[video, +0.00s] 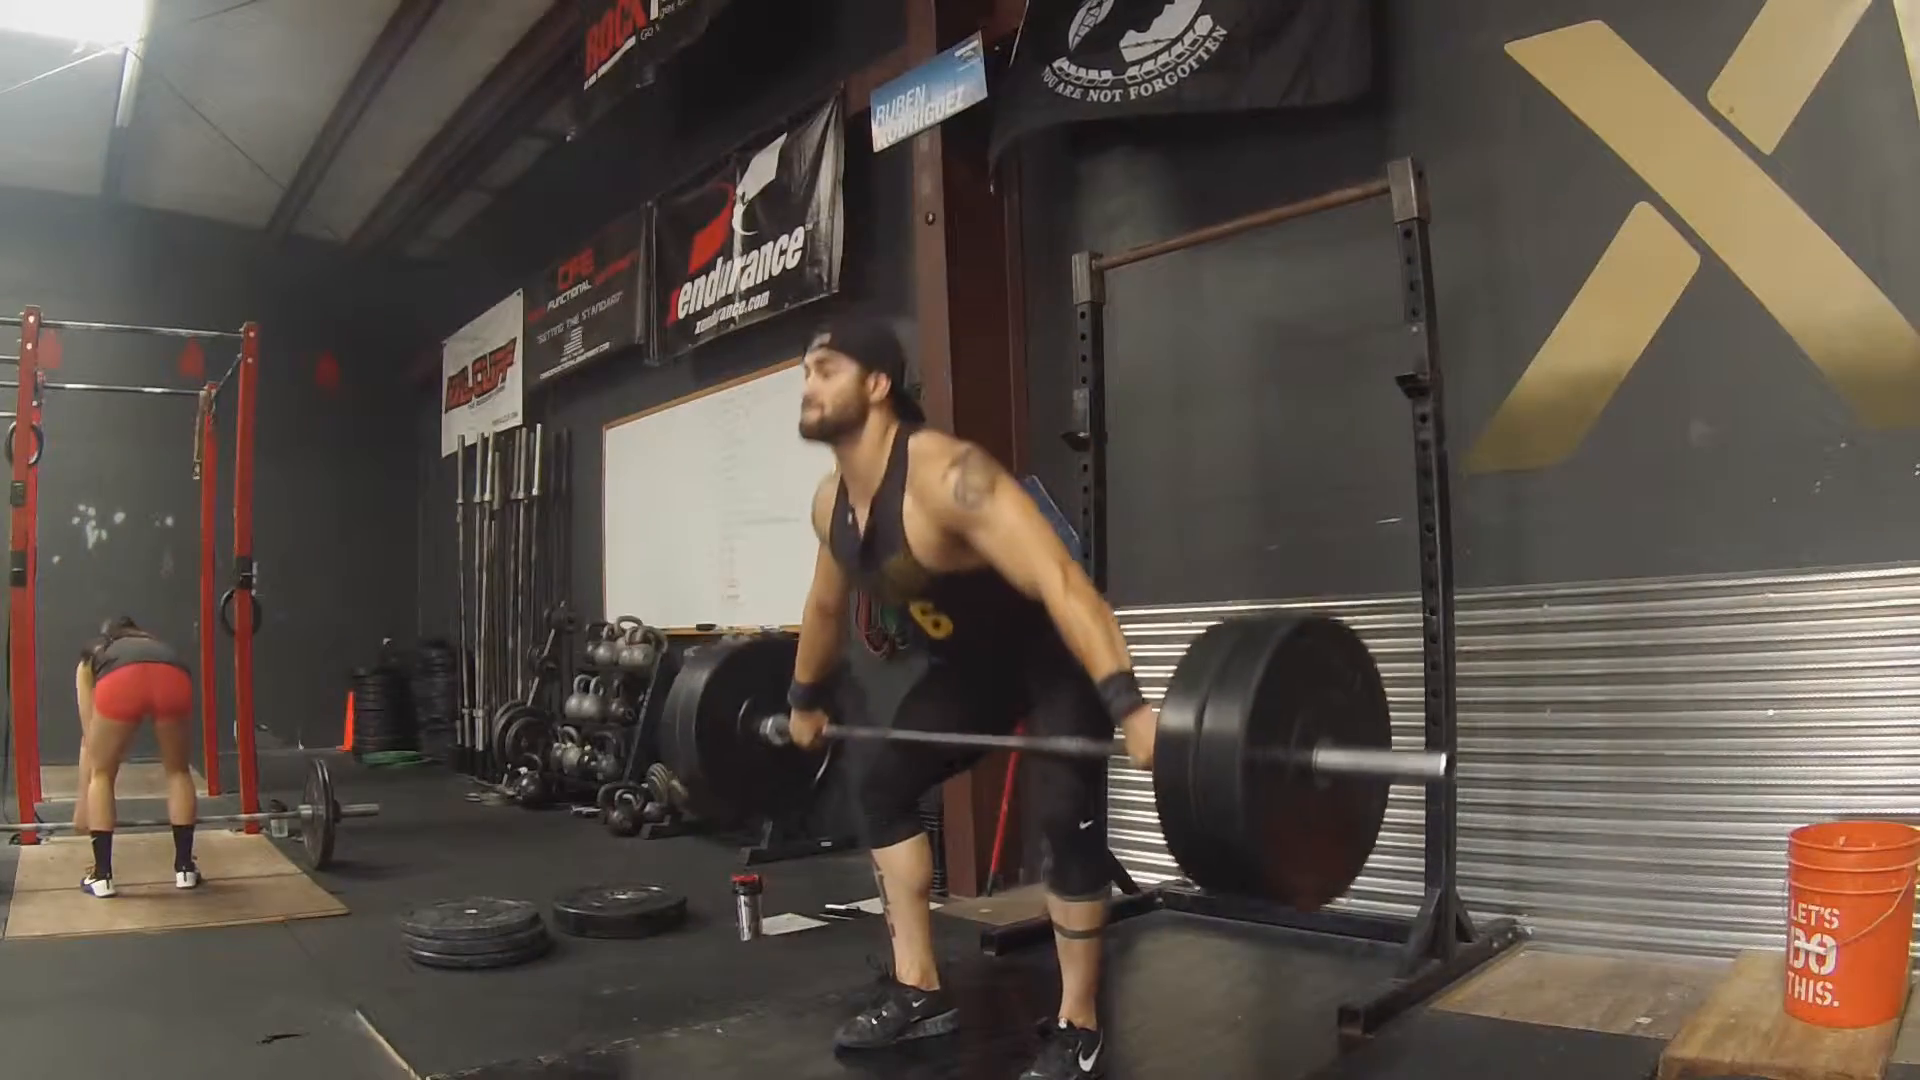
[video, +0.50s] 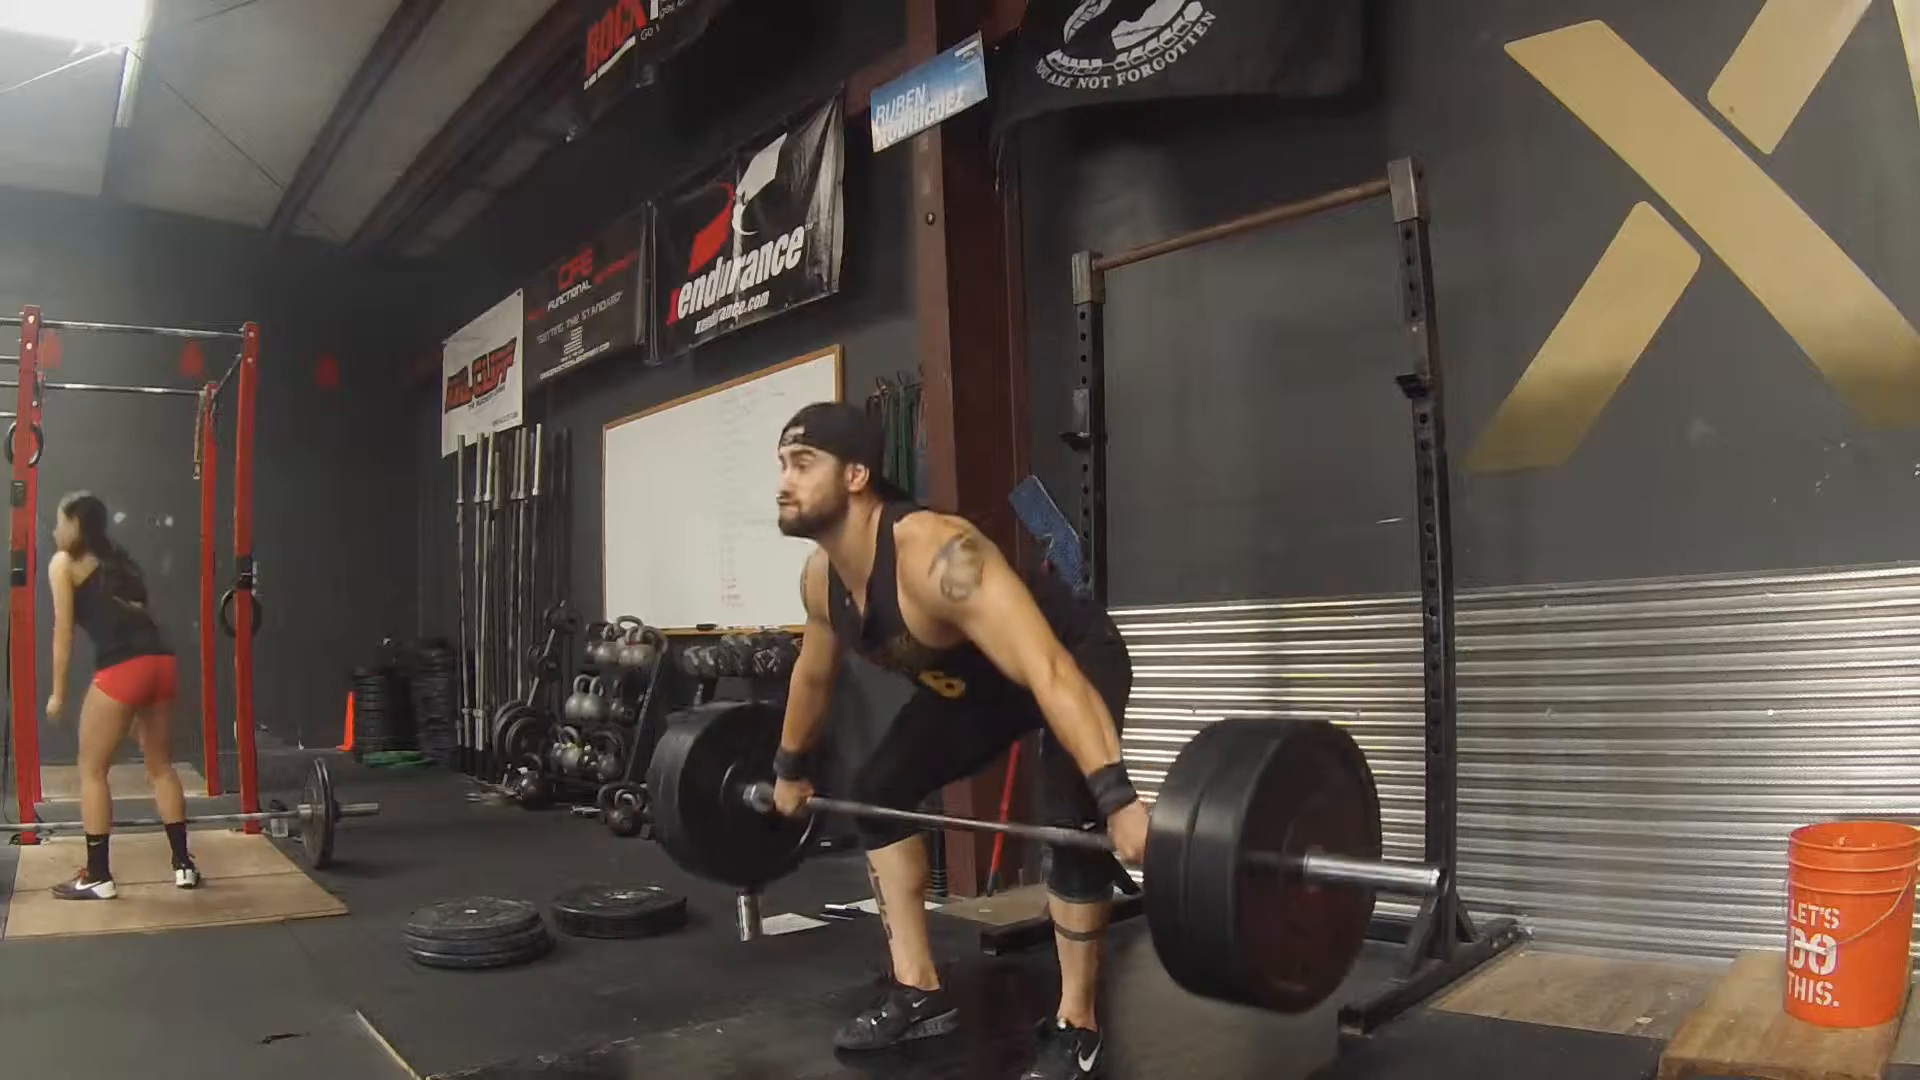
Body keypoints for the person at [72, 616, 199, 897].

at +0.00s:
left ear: (104, 637)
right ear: (137, 632)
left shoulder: (90, 659)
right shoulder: (158, 647)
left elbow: (89, 736)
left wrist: (82, 807)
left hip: (119, 680)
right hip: (173, 679)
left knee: (101, 774)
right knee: (178, 770)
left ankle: (102, 875)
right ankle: (185, 866)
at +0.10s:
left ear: (98, 628)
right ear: (132, 621)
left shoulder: (88, 647)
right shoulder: (153, 634)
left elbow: (86, 725)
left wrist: (80, 803)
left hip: (123, 679)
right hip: (175, 677)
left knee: (106, 775)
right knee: (179, 771)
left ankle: (102, 875)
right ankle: (185, 867)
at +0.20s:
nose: (92, 606)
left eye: (90, 602)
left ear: (90, 601)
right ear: (125, 599)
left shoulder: (83, 630)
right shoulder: (147, 618)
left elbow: (82, 702)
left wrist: (75, 766)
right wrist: (170, 766)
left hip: (129, 676)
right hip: (177, 671)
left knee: (107, 776)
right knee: (179, 769)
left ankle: (102, 874)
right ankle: (185, 867)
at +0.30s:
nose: (75, 577)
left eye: (77, 571)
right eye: (76, 571)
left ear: (86, 571)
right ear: (116, 573)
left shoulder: (79, 603)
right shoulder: (139, 595)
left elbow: (76, 673)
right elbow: (160, 658)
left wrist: (69, 733)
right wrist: (162, 736)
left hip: (135, 671)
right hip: (182, 668)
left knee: (106, 773)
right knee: (177, 769)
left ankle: (101, 873)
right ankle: (185, 867)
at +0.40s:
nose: (66, 551)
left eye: (69, 544)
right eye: (67, 543)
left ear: (82, 545)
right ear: (107, 544)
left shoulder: (72, 580)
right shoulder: (130, 573)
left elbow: (70, 646)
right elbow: (151, 636)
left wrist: (65, 708)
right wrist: (152, 709)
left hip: (133, 668)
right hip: (177, 663)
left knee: (99, 770)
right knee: (171, 768)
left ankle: (100, 874)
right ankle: (185, 865)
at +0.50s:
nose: (56, 530)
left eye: (61, 522)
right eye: (58, 521)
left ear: (79, 526)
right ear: (95, 527)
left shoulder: (63, 563)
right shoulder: (117, 558)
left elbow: (63, 631)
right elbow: (137, 621)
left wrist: (58, 691)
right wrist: (138, 703)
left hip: (121, 669)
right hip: (161, 663)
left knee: (93, 770)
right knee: (161, 768)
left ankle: (98, 875)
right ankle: (184, 864)